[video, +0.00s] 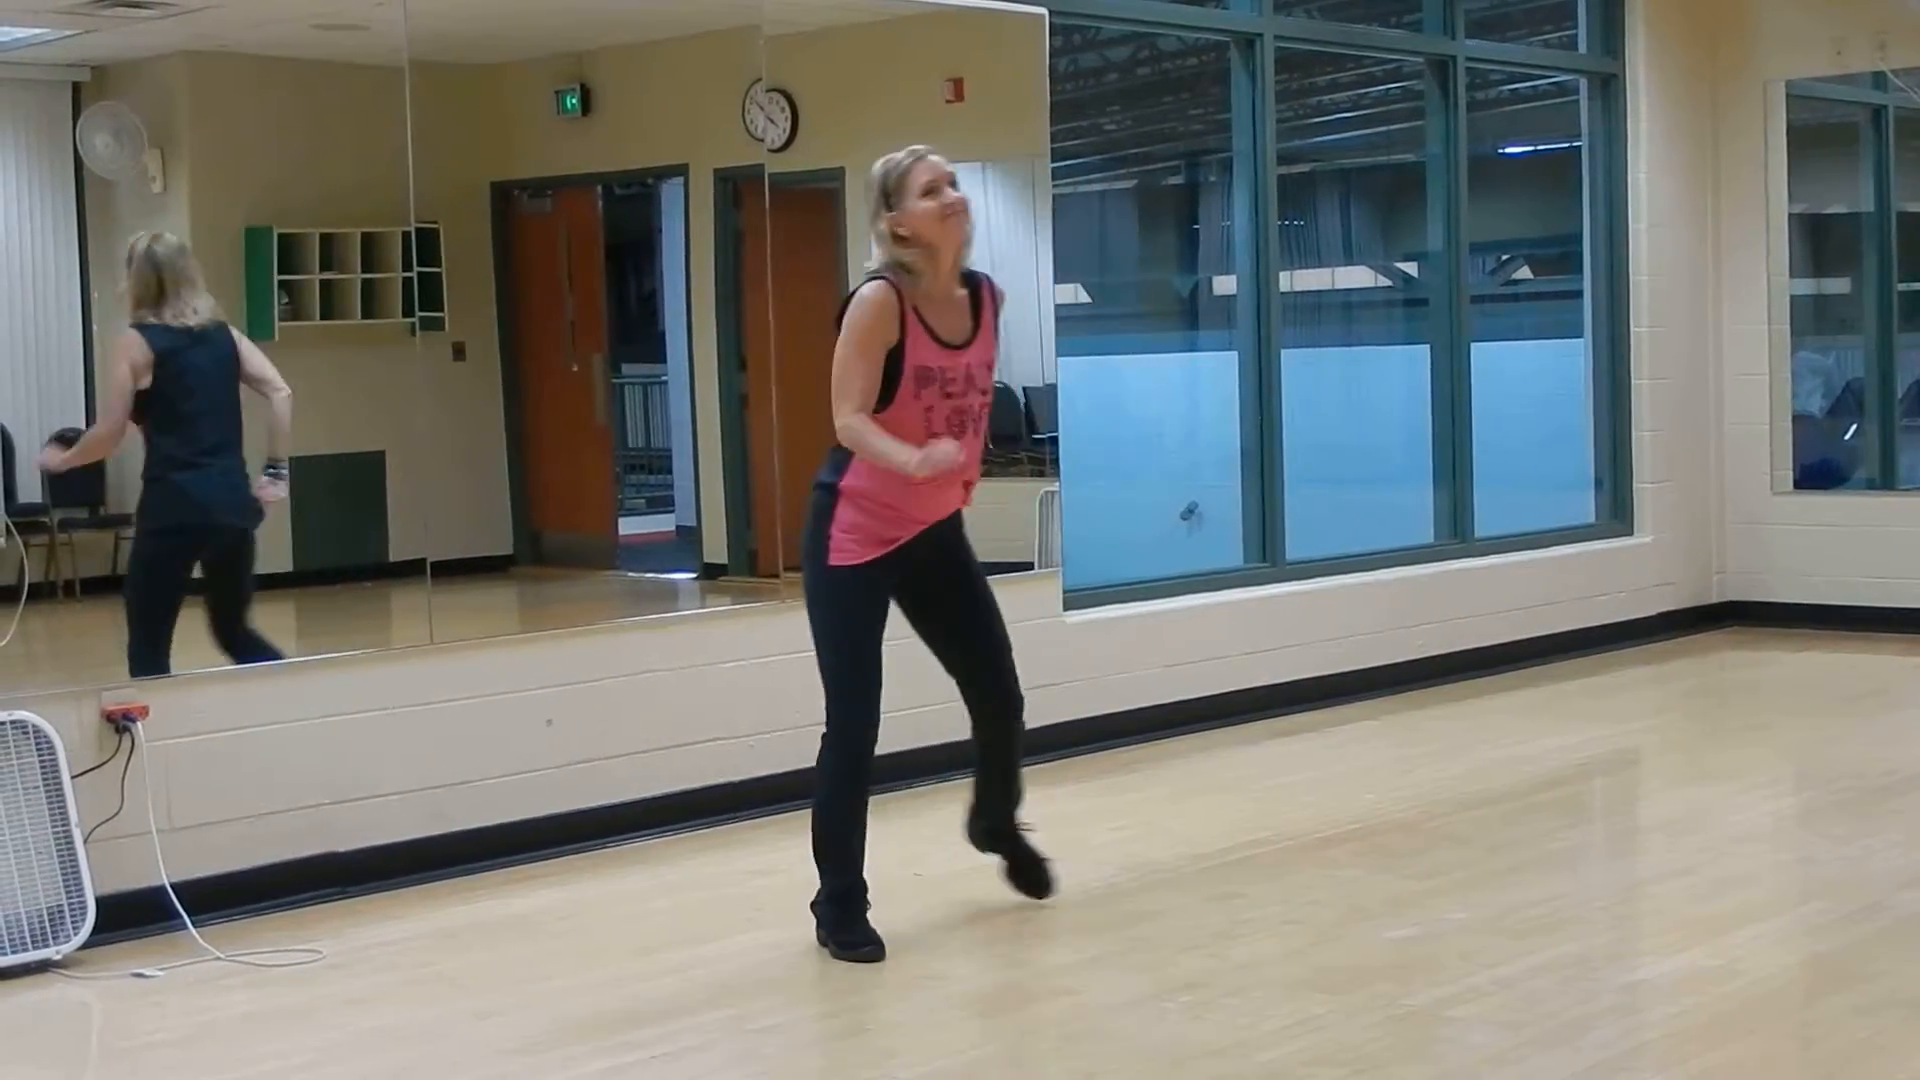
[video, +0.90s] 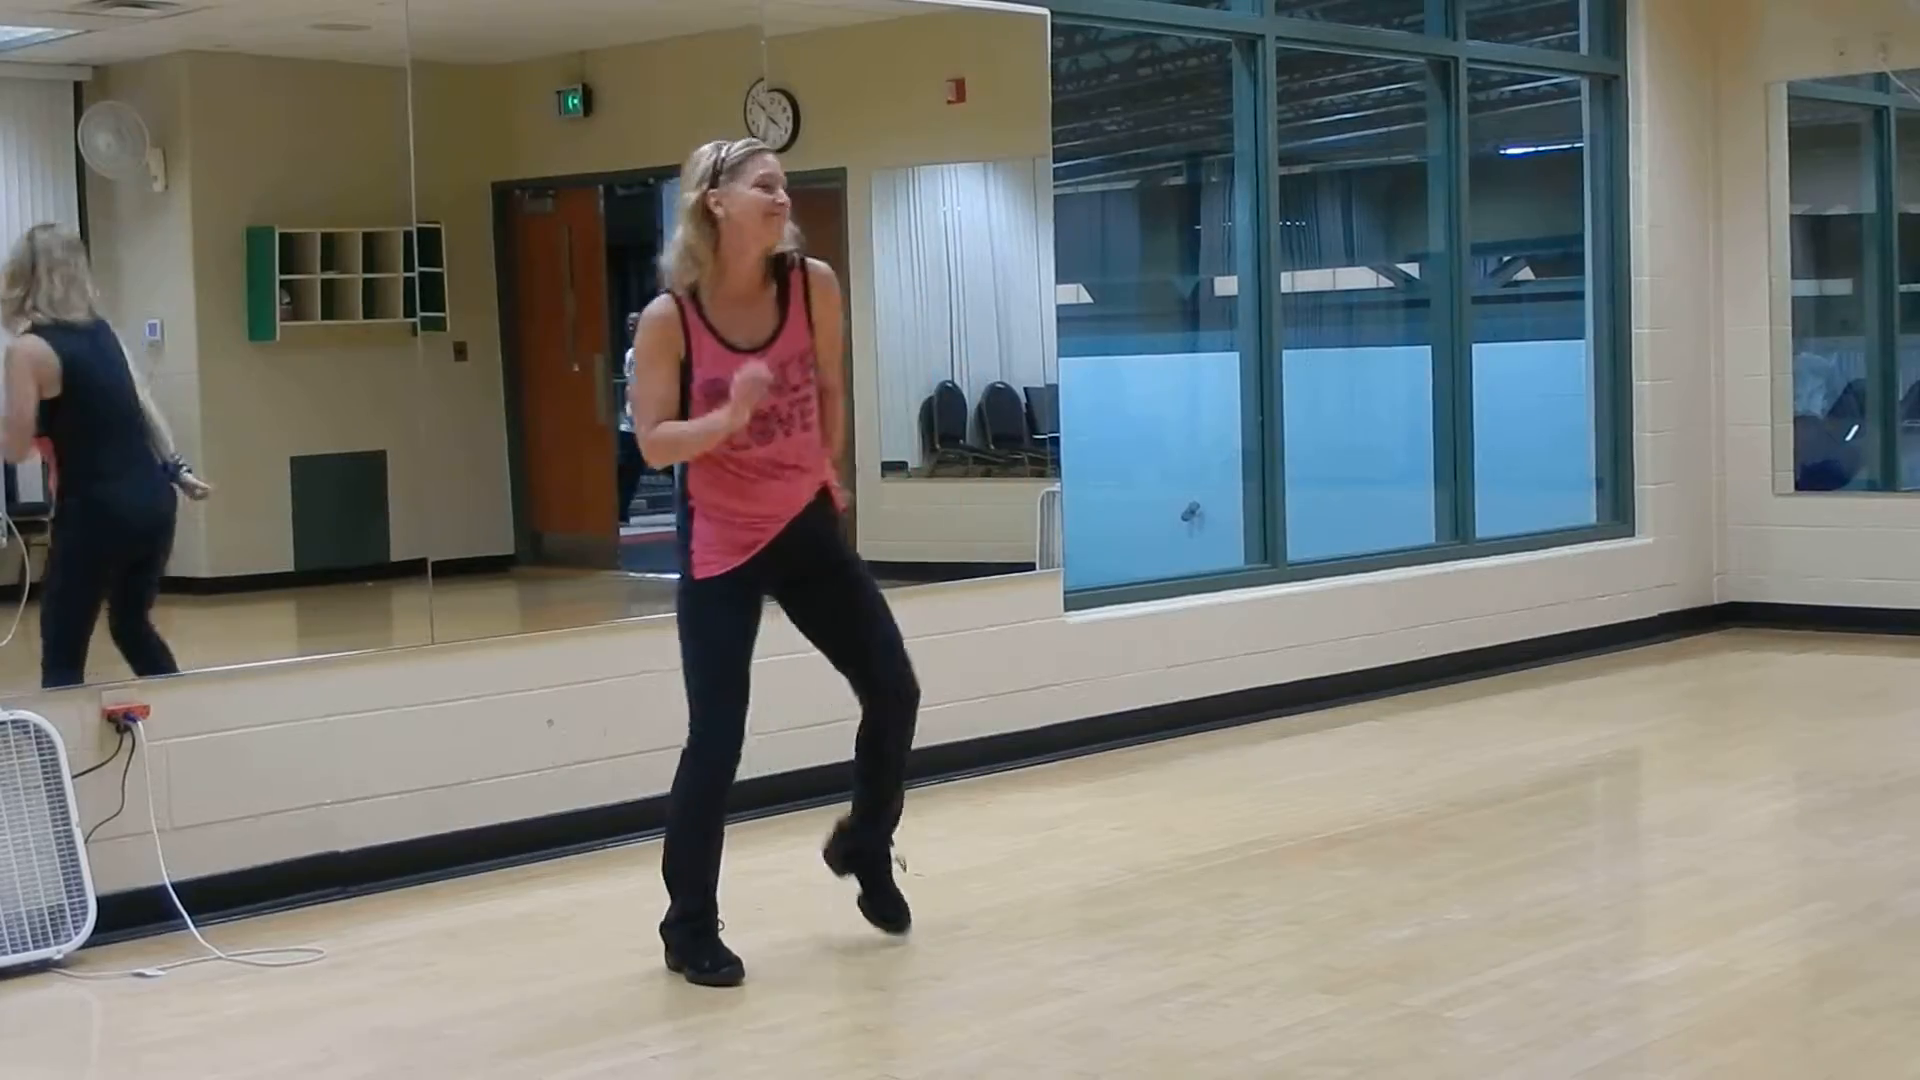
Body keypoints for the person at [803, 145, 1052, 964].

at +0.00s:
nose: (955, 196)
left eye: (954, 184)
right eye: (933, 191)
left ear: (964, 205)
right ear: (896, 223)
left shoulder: (983, 296)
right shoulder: (878, 303)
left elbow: (962, 400)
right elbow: (847, 419)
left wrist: (961, 462)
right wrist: (916, 458)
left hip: (931, 529)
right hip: (852, 533)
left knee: (997, 692)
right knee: (853, 723)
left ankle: (994, 823)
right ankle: (839, 907)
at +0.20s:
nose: (901, 203)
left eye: (898, 192)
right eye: (878, 202)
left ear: (908, 216)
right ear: (847, 242)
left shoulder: (937, 305)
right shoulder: (842, 322)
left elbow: (918, 413)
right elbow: (821, 438)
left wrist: (981, 409)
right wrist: (821, 546)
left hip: (900, 545)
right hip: (820, 547)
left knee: (942, 718)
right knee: (838, 730)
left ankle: (883, 841)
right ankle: (834, 904)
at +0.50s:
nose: (848, 169)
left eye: (854, 160)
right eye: (827, 162)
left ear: (869, 184)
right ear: (789, 196)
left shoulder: (897, 254)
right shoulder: (765, 288)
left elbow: (954, 347)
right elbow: (706, 395)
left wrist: (1007, 349)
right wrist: (718, 499)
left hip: (888, 510)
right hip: (804, 522)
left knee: (890, 708)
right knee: (815, 710)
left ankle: (868, 876)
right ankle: (799, 887)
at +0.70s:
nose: (815, 185)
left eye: (820, 175)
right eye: (793, 175)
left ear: (830, 200)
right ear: (749, 203)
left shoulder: (853, 267)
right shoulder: (715, 310)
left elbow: (917, 361)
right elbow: (687, 405)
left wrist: (976, 446)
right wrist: (731, 472)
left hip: (864, 524)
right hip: (778, 537)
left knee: (866, 722)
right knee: (758, 730)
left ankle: (860, 884)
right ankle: (694, 917)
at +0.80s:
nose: (799, 194)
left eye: (801, 183)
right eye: (778, 182)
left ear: (804, 206)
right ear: (731, 204)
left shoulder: (833, 278)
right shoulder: (689, 319)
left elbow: (870, 381)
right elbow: (672, 431)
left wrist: (898, 467)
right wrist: (731, 452)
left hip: (839, 528)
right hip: (749, 546)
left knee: (868, 718)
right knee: (733, 739)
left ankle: (862, 878)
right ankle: (690, 925)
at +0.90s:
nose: (783, 197)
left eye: (784, 185)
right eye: (763, 184)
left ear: (780, 209)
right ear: (713, 205)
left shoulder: (815, 285)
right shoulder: (667, 320)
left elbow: (831, 389)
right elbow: (655, 443)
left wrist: (834, 472)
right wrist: (729, 417)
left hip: (804, 524)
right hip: (718, 544)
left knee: (894, 689)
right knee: (717, 737)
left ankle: (864, 843)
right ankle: (689, 925)